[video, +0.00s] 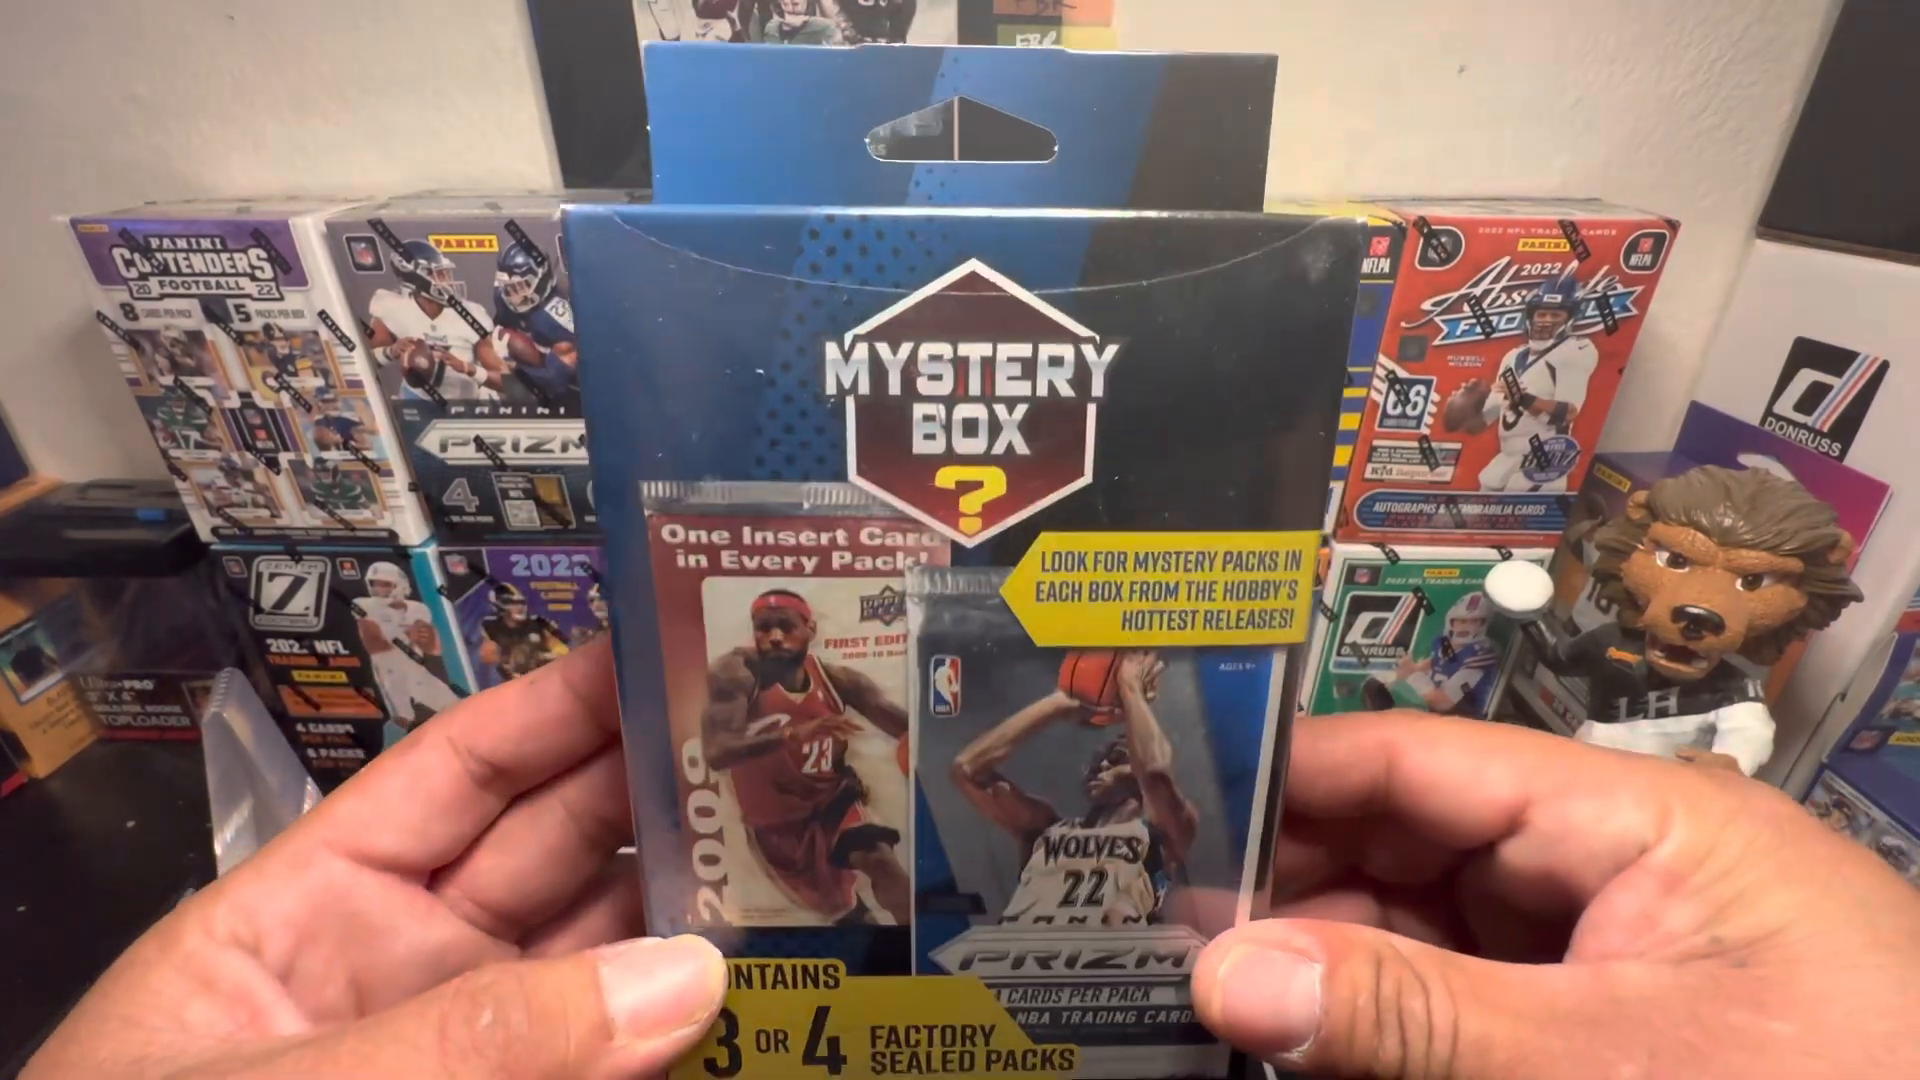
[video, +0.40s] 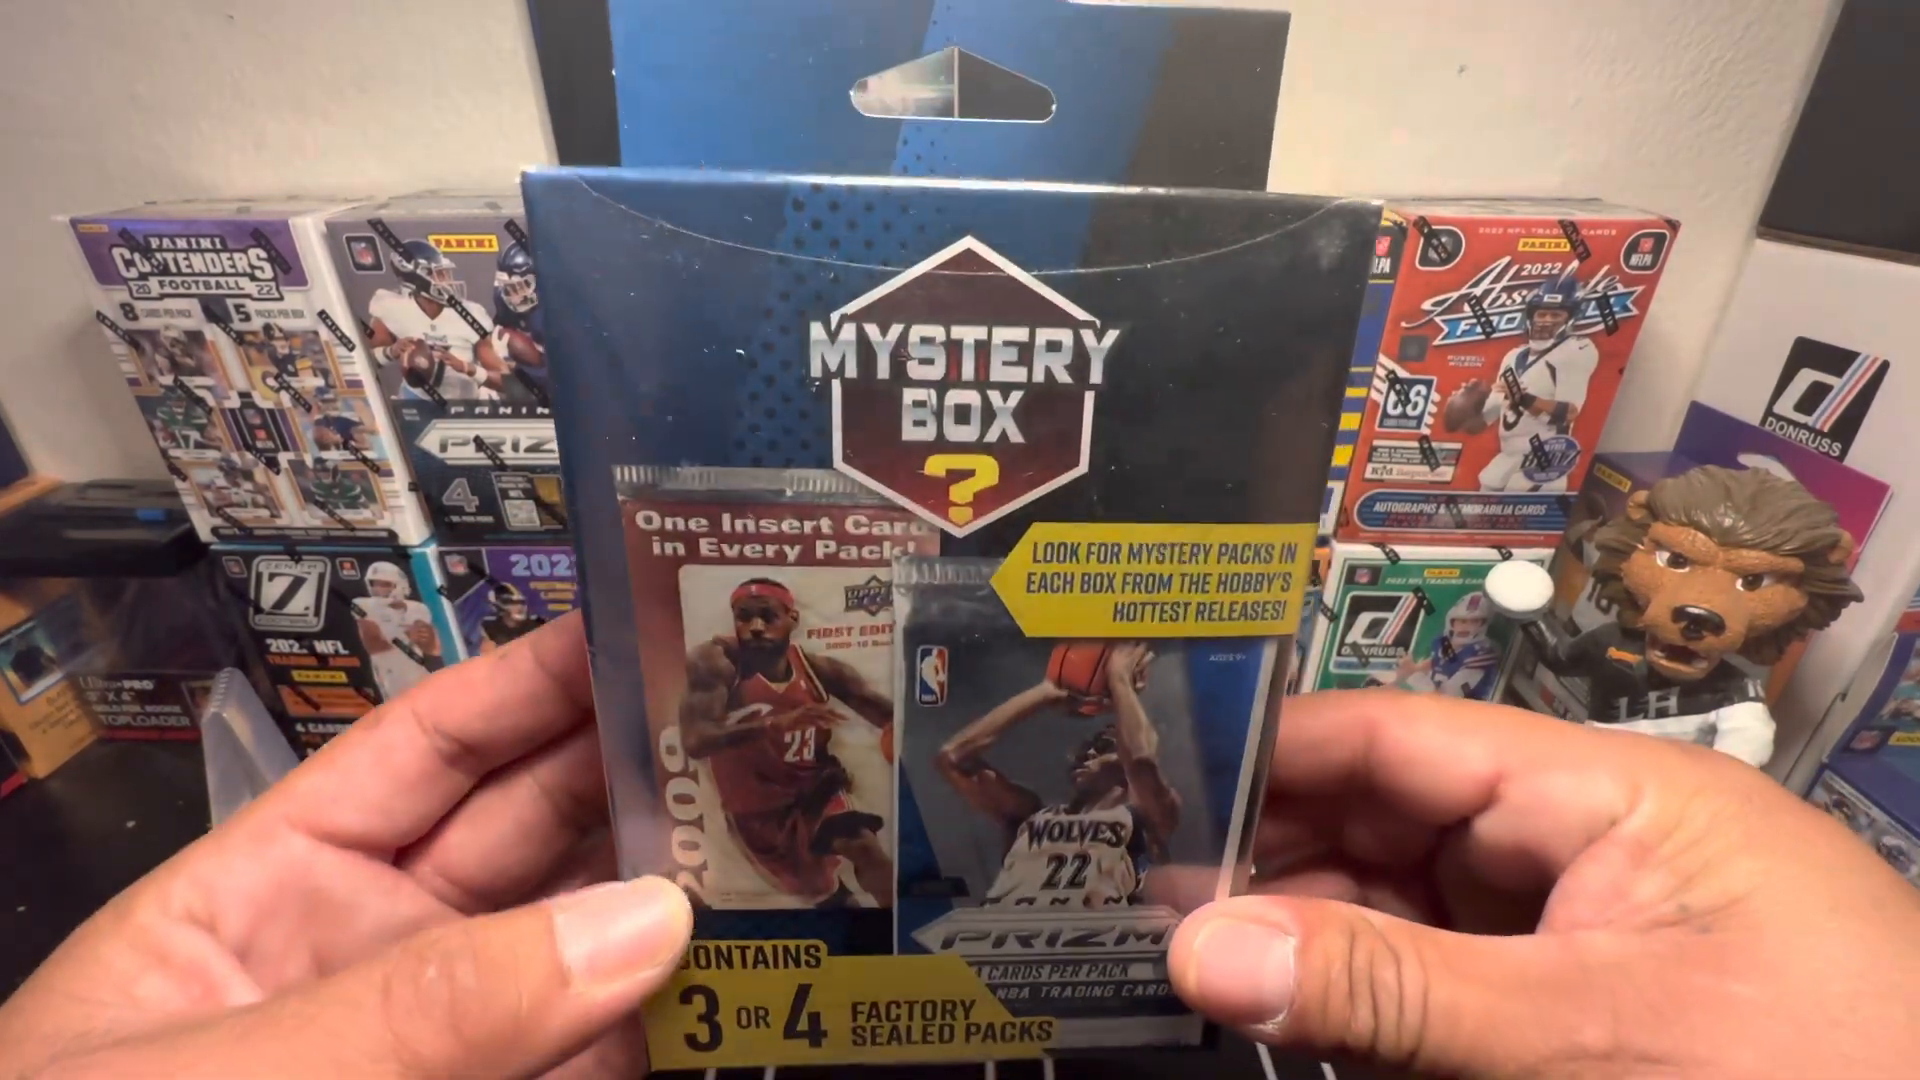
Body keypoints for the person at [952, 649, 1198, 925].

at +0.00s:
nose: (1100, 763)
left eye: (1118, 756)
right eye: (1100, 756)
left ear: (1141, 773)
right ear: (1088, 771)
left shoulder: (1162, 834)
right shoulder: (1044, 828)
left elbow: (1156, 771)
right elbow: (968, 770)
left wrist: (1131, 687)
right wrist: (1059, 703)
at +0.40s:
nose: (1085, 753)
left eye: (1103, 746)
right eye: (1087, 747)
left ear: (1128, 765)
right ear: (1075, 762)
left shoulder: (1142, 819)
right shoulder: (1030, 815)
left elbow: (1141, 760)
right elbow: (953, 759)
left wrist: (1119, 676)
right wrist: (1045, 694)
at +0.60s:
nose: (1083, 684)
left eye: (1100, 675)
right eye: (1081, 677)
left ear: (1124, 690)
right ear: (1072, 694)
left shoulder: (1143, 755)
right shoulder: (1034, 748)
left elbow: (1138, 688)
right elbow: (961, 682)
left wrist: (1115, 603)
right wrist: (1046, 614)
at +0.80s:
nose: (1087, 654)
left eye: (1104, 645)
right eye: (1085, 647)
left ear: (1128, 662)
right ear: (1077, 662)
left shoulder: (1149, 727)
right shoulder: (1039, 719)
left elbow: (1141, 661)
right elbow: (967, 651)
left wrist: (1118, 575)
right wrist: (1047, 586)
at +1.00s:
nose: (1091, 635)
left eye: (1110, 626)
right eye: (1090, 628)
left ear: (1134, 642)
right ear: (1081, 642)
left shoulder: (1158, 710)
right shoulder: (1042, 704)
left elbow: (1146, 642)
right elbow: (968, 636)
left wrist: (1120, 554)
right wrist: (1051, 568)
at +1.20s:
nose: (1043, 680)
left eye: (1061, 672)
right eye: (1042, 674)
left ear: (1087, 688)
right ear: (1033, 689)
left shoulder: (1113, 755)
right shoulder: (997, 753)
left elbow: (1099, 683)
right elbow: (917, 691)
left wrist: (1066, 594)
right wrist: (997, 616)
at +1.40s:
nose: (1025, 707)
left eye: (1043, 700)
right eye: (1023, 701)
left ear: (1069, 715)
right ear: (1014, 715)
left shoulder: (1094, 779)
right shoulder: (980, 778)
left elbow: (1081, 712)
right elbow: (900, 718)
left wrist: (1047, 623)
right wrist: (980, 644)